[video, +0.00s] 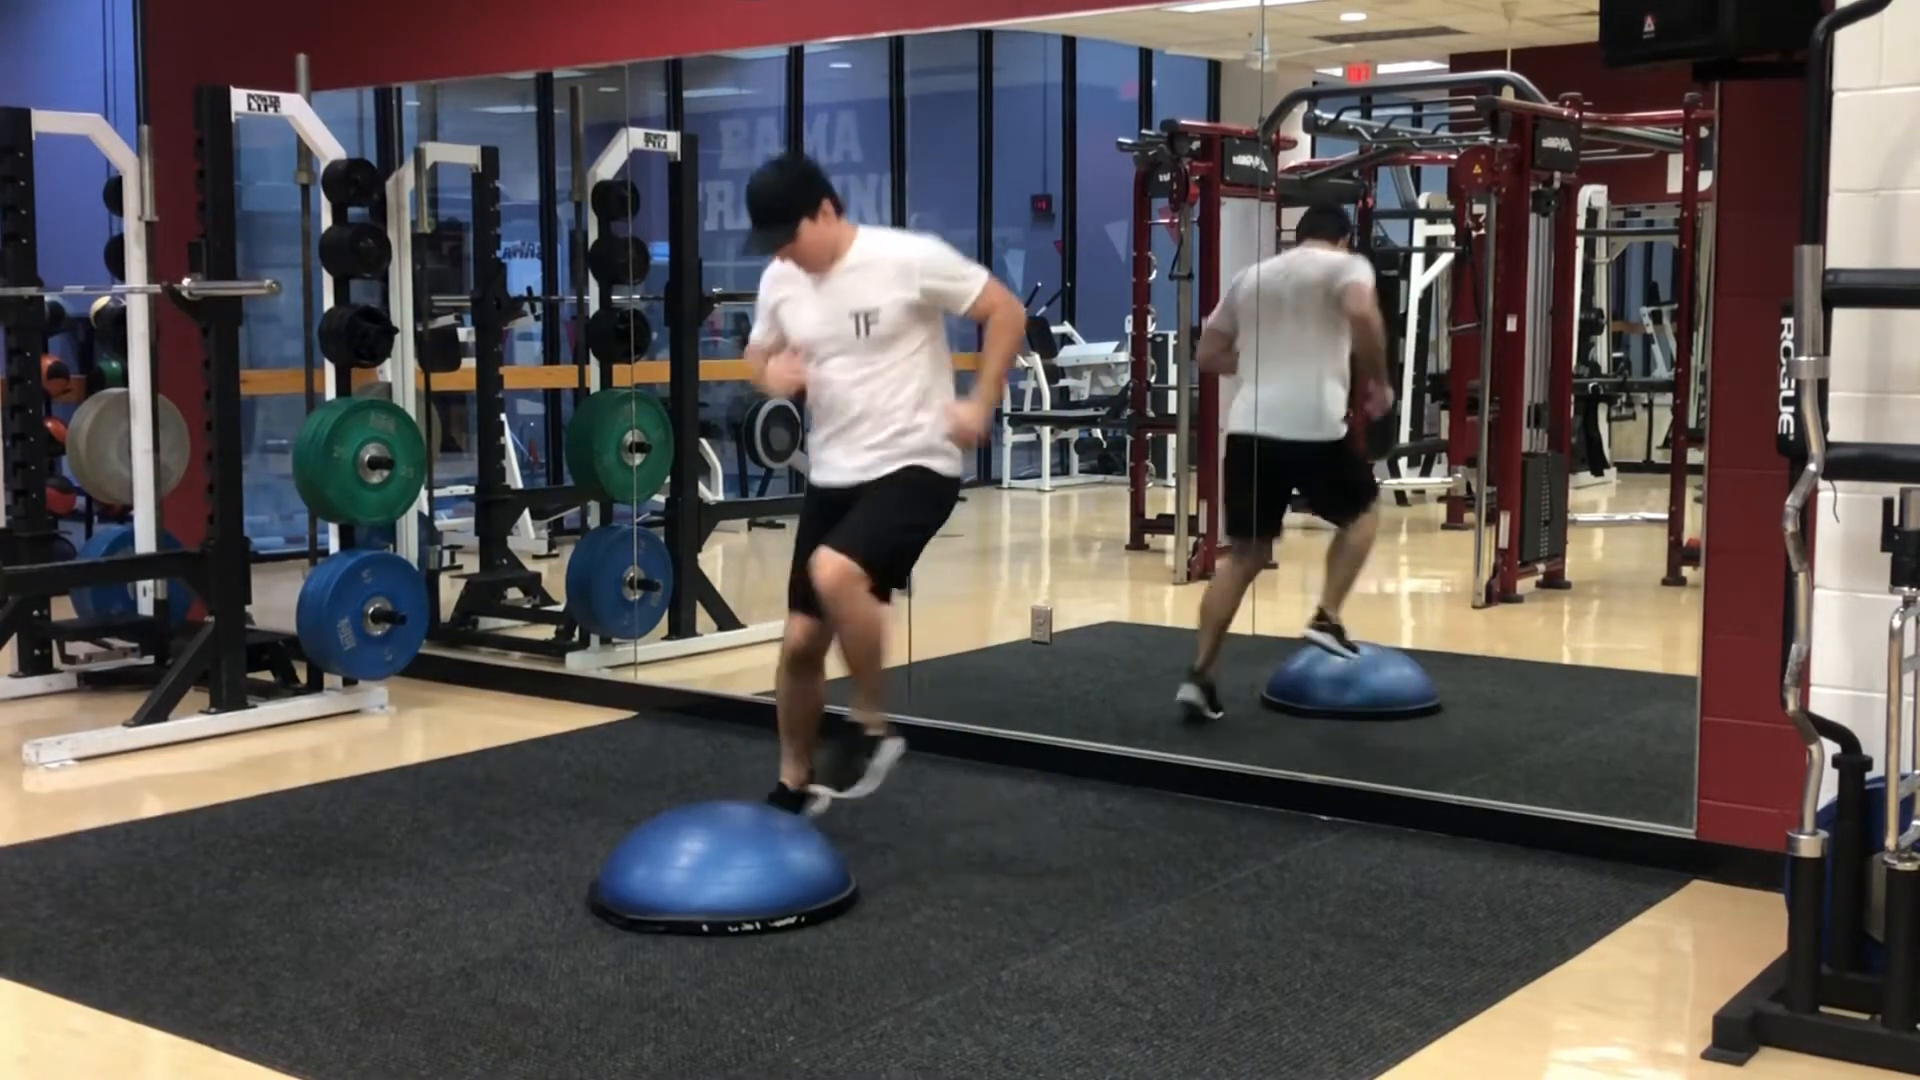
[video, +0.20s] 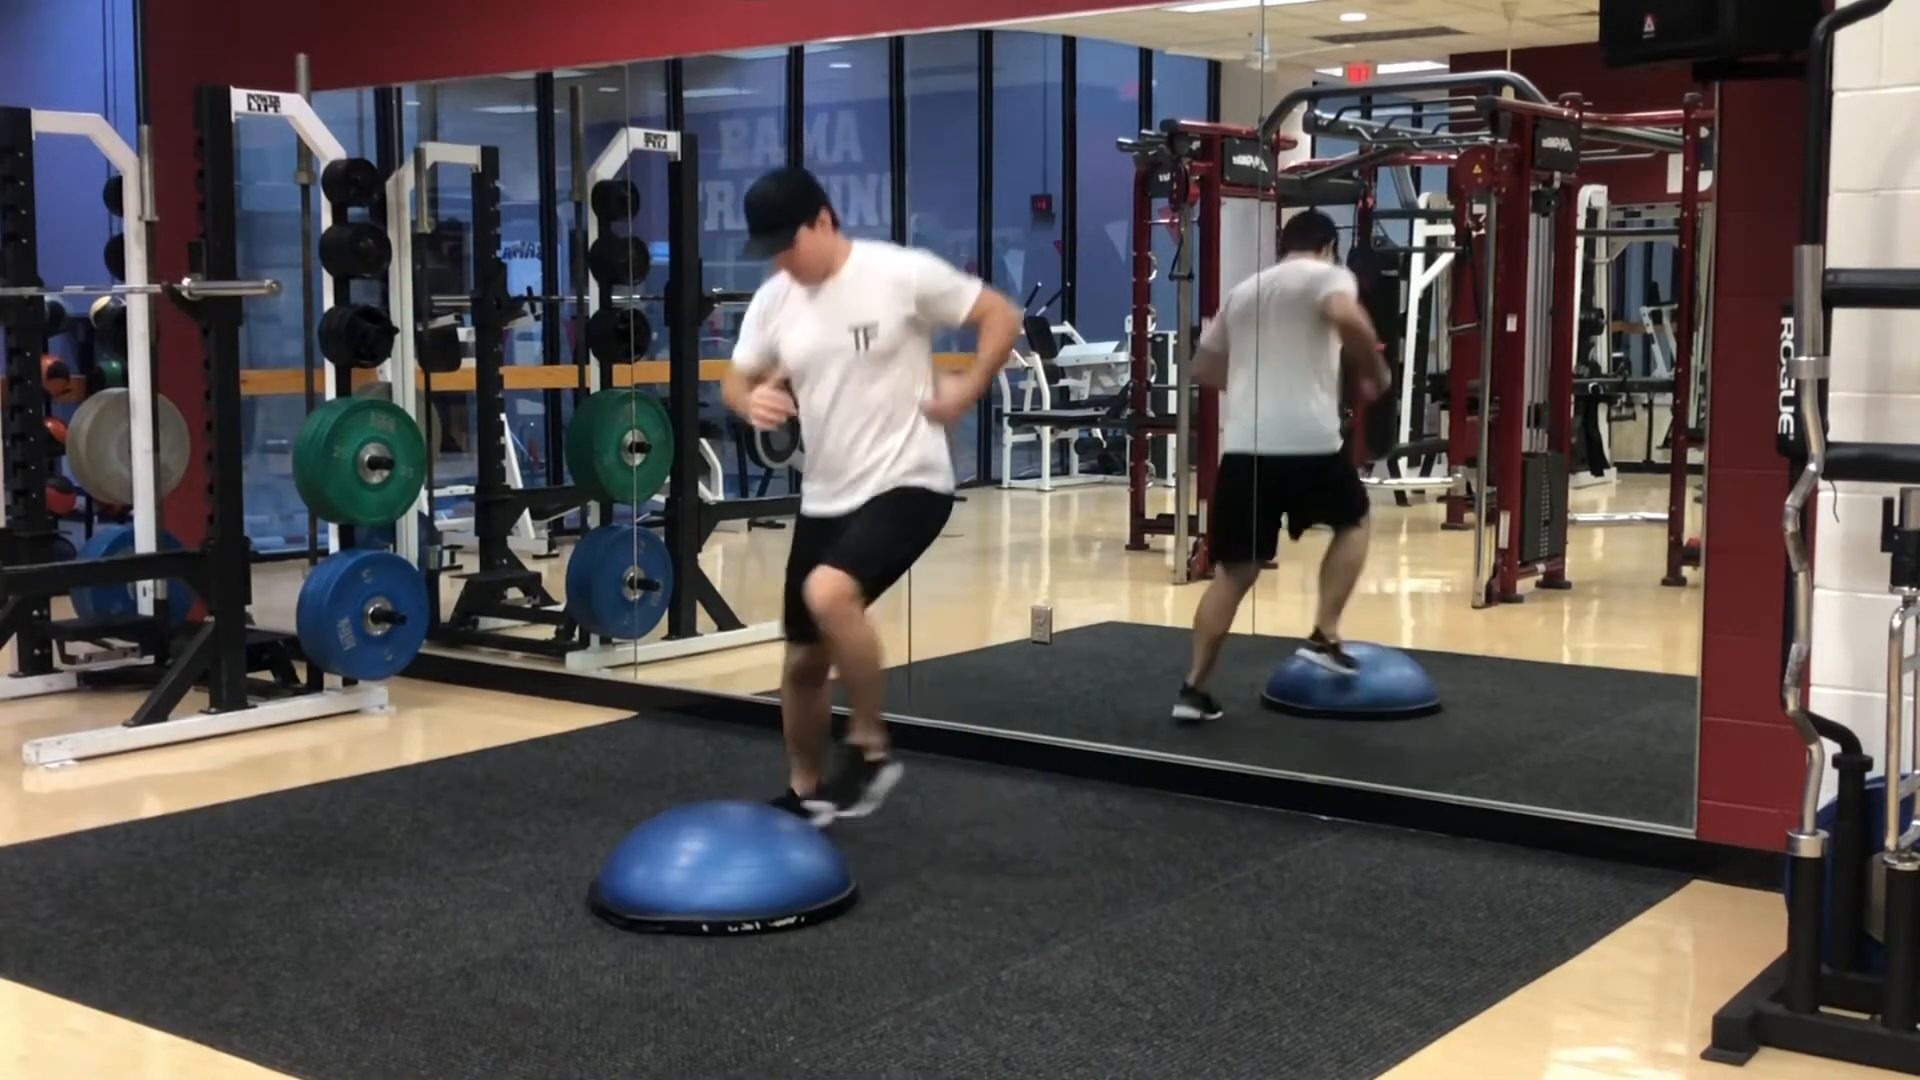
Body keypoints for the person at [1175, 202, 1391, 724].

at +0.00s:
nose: (1348, 248)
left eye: (1341, 241)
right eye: (1348, 242)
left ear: (1299, 236)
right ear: (1343, 239)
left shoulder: (1250, 276)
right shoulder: (1348, 265)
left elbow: (1209, 355)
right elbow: (1361, 314)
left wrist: (1264, 365)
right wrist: (1377, 379)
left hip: (1249, 428)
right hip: (1316, 427)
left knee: (1245, 552)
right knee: (1361, 513)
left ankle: (1200, 675)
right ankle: (1327, 617)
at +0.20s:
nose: (1334, 261)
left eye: (1331, 256)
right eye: (1335, 254)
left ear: (1283, 247)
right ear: (1326, 248)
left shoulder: (1242, 291)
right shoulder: (1331, 274)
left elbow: (1203, 367)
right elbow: (1343, 314)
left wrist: (1256, 379)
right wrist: (1375, 372)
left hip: (1245, 447)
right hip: (1309, 443)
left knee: (1234, 571)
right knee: (1353, 524)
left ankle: (1194, 689)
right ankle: (1325, 635)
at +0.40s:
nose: (1358, 235)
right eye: (1358, 227)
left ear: (1306, 225)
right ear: (1353, 227)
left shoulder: (1262, 269)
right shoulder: (1371, 268)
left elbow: (1210, 337)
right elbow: (1402, 335)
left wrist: (1245, 381)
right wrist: (1384, 377)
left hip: (1271, 431)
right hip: (1338, 432)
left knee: (1285, 523)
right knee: (1361, 563)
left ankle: (1278, 633)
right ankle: (1384, 690)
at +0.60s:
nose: (1365, 269)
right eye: (1367, 262)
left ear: (1315, 256)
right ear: (1363, 261)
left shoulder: (1273, 296)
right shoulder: (1384, 302)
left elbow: (1219, 363)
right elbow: (1406, 390)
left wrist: (1241, 417)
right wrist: (1370, 381)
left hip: (1272, 461)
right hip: (1341, 463)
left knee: (1297, 530)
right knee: (1370, 591)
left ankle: (1304, 633)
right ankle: (1380, 715)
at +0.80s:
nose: (1344, 243)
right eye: (1344, 236)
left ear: (1295, 232)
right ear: (1341, 235)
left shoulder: (1248, 270)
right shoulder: (1349, 266)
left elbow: (1198, 344)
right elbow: (1360, 333)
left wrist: (1236, 384)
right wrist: (1356, 385)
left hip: (1241, 421)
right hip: (1308, 424)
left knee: (1246, 545)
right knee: (1358, 518)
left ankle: (1197, 659)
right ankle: (1341, 629)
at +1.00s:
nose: (1323, 272)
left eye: (1321, 267)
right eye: (1323, 266)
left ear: (1272, 259)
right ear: (1315, 262)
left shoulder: (1232, 304)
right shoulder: (1318, 292)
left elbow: (1194, 379)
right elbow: (1323, 342)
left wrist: (1233, 417)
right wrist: (1344, 402)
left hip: (1230, 455)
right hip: (1292, 449)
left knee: (1225, 576)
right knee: (1352, 512)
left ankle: (1180, 689)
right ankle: (1326, 622)